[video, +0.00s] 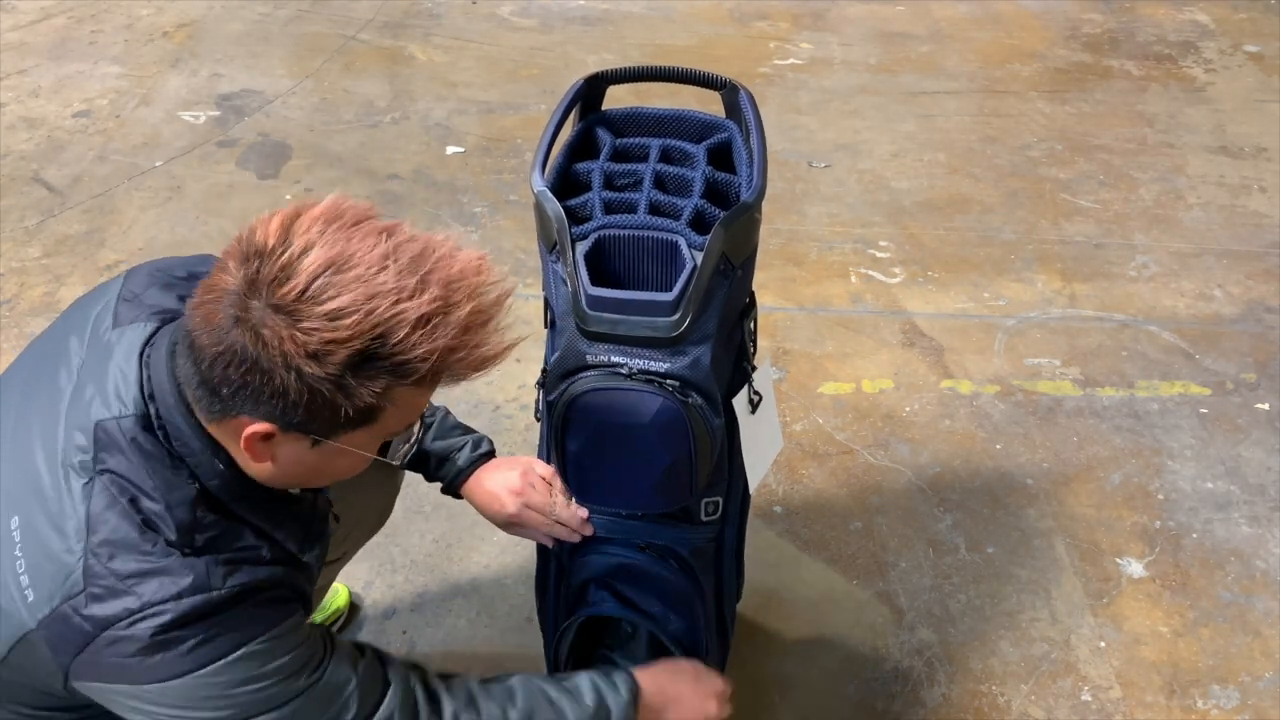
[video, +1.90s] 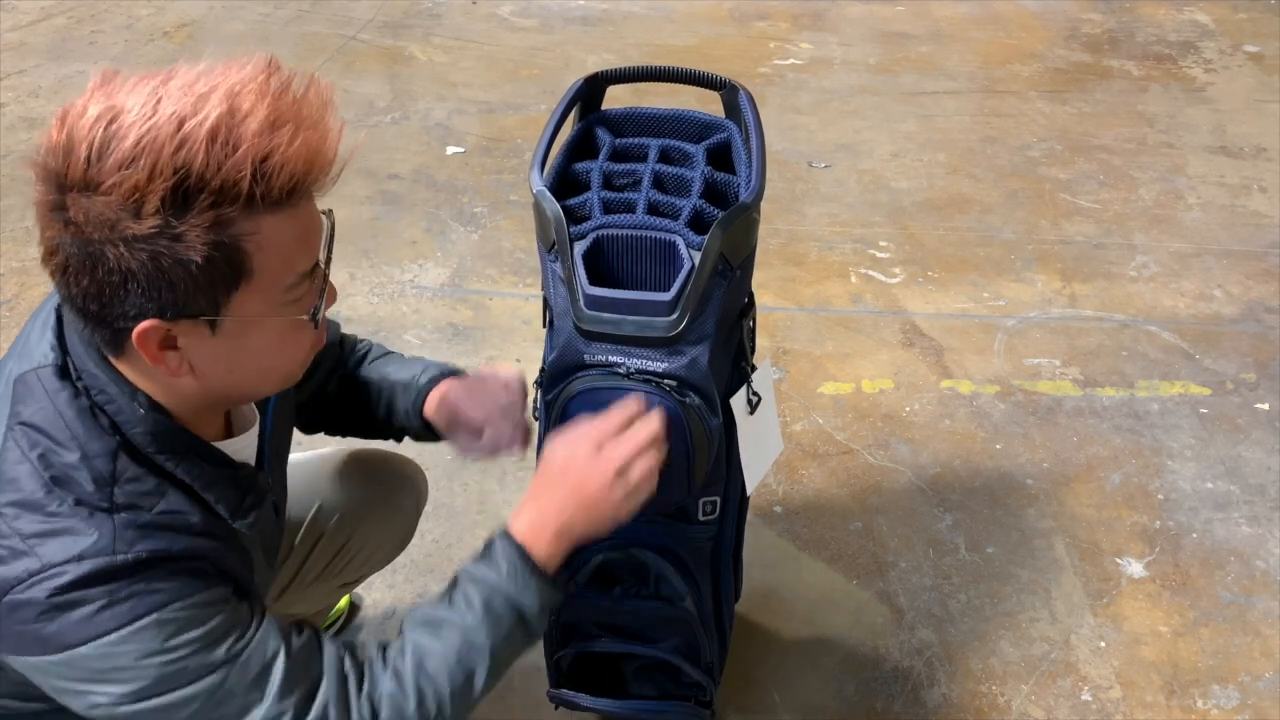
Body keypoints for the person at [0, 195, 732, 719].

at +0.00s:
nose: (403, 435)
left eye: (408, 413)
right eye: (387, 433)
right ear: (266, 445)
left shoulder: (188, 294)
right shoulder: (165, 616)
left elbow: (343, 368)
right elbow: (404, 711)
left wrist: (468, 467)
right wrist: (634, 695)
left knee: (374, 477)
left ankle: (276, 638)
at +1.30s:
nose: (379, 399)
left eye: (380, 375)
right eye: (358, 390)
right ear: (219, 397)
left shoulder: (165, 294)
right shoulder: (107, 623)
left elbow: (402, 397)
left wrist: (564, 538)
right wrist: (530, 702)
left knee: (377, 501)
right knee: (337, 710)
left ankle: (270, 639)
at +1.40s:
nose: (331, 397)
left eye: (344, 349)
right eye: (284, 368)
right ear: (153, 348)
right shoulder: (100, 611)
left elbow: (398, 397)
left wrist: (563, 537)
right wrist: (529, 708)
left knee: (374, 493)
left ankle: (265, 643)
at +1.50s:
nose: (301, 384)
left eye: (317, 328)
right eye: (245, 350)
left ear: (330, 286)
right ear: (126, 338)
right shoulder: (100, 605)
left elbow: (401, 396)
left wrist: (562, 537)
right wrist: (529, 712)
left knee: (377, 490)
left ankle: (264, 642)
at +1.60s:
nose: (340, 354)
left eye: (336, 315)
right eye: (302, 341)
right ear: (156, 363)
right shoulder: (112, 621)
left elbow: (395, 394)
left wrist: (561, 537)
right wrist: (529, 711)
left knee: (378, 489)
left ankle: (258, 641)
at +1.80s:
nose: (335, 310)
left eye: (323, 275)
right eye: (302, 302)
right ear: (168, 348)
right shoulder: (106, 607)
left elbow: (363, 365)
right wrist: (531, 658)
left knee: (377, 487)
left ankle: (267, 645)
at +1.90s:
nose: (332, 300)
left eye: (322, 269)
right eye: (303, 294)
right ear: (168, 347)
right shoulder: (98, 590)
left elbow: (318, 370)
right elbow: (357, 699)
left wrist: (436, 396)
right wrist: (542, 532)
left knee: (383, 489)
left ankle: (283, 631)